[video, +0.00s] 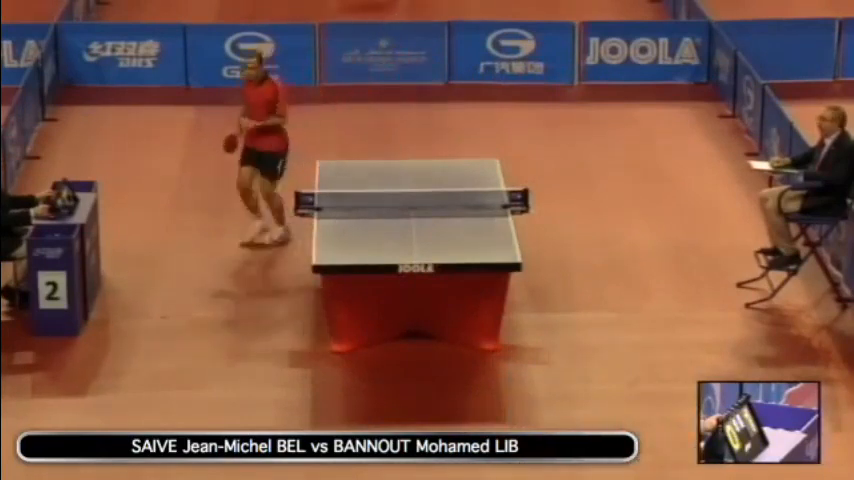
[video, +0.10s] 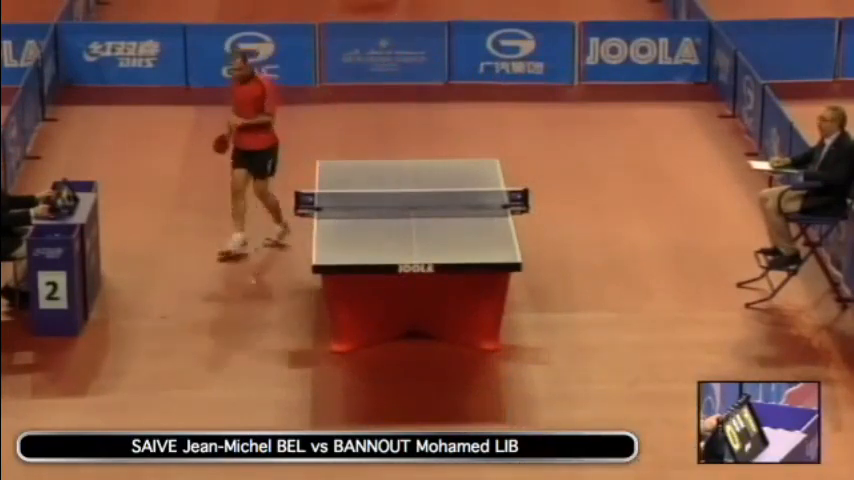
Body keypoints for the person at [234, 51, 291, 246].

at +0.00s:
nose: (249, 72)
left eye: (253, 68)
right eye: (247, 68)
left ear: (262, 69)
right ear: (246, 70)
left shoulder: (276, 88)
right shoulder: (249, 87)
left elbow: (281, 119)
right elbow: (246, 112)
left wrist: (255, 124)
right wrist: (239, 130)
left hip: (273, 145)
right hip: (253, 143)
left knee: (267, 189)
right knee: (243, 184)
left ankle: (282, 228)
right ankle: (260, 222)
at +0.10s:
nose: (237, 73)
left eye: (240, 69)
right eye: (235, 69)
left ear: (250, 68)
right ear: (234, 70)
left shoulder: (265, 86)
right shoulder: (238, 86)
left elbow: (269, 117)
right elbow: (238, 115)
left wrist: (241, 123)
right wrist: (228, 135)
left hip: (263, 146)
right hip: (242, 146)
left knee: (261, 190)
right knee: (237, 188)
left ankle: (283, 226)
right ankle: (239, 237)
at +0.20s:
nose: (216, 84)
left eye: (219, 80)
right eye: (215, 81)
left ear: (230, 77)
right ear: (215, 81)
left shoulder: (245, 94)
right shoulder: (219, 96)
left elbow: (256, 122)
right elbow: (217, 120)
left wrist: (229, 137)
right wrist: (208, 138)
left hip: (246, 155)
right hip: (225, 156)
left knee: (243, 203)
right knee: (225, 203)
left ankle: (273, 225)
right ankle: (237, 246)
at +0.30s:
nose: (204, 89)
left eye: (207, 85)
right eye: (202, 86)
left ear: (218, 81)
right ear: (202, 85)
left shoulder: (234, 99)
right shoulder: (205, 100)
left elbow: (247, 127)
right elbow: (204, 126)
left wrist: (226, 145)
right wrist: (191, 144)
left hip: (233, 160)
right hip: (214, 161)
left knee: (223, 205)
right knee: (214, 206)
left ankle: (250, 234)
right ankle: (235, 244)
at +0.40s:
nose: (188, 90)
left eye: (191, 85)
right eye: (186, 86)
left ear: (201, 82)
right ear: (184, 85)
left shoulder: (217, 99)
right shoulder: (188, 102)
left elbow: (232, 128)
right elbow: (187, 126)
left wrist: (213, 148)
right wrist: (173, 141)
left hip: (214, 161)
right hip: (197, 162)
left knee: (201, 207)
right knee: (209, 209)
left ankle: (201, 255)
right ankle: (235, 243)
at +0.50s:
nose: (178, 90)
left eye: (180, 86)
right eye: (176, 86)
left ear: (190, 83)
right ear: (176, 85)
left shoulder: (205, 102)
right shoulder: (177, 103)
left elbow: (221, 132)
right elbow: (174, 127)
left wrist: (203, 155)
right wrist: (162, 141)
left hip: (202, 162)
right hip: (184, 162)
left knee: (187, 205)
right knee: (192, 210)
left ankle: (178, 256)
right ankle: (224, 237)